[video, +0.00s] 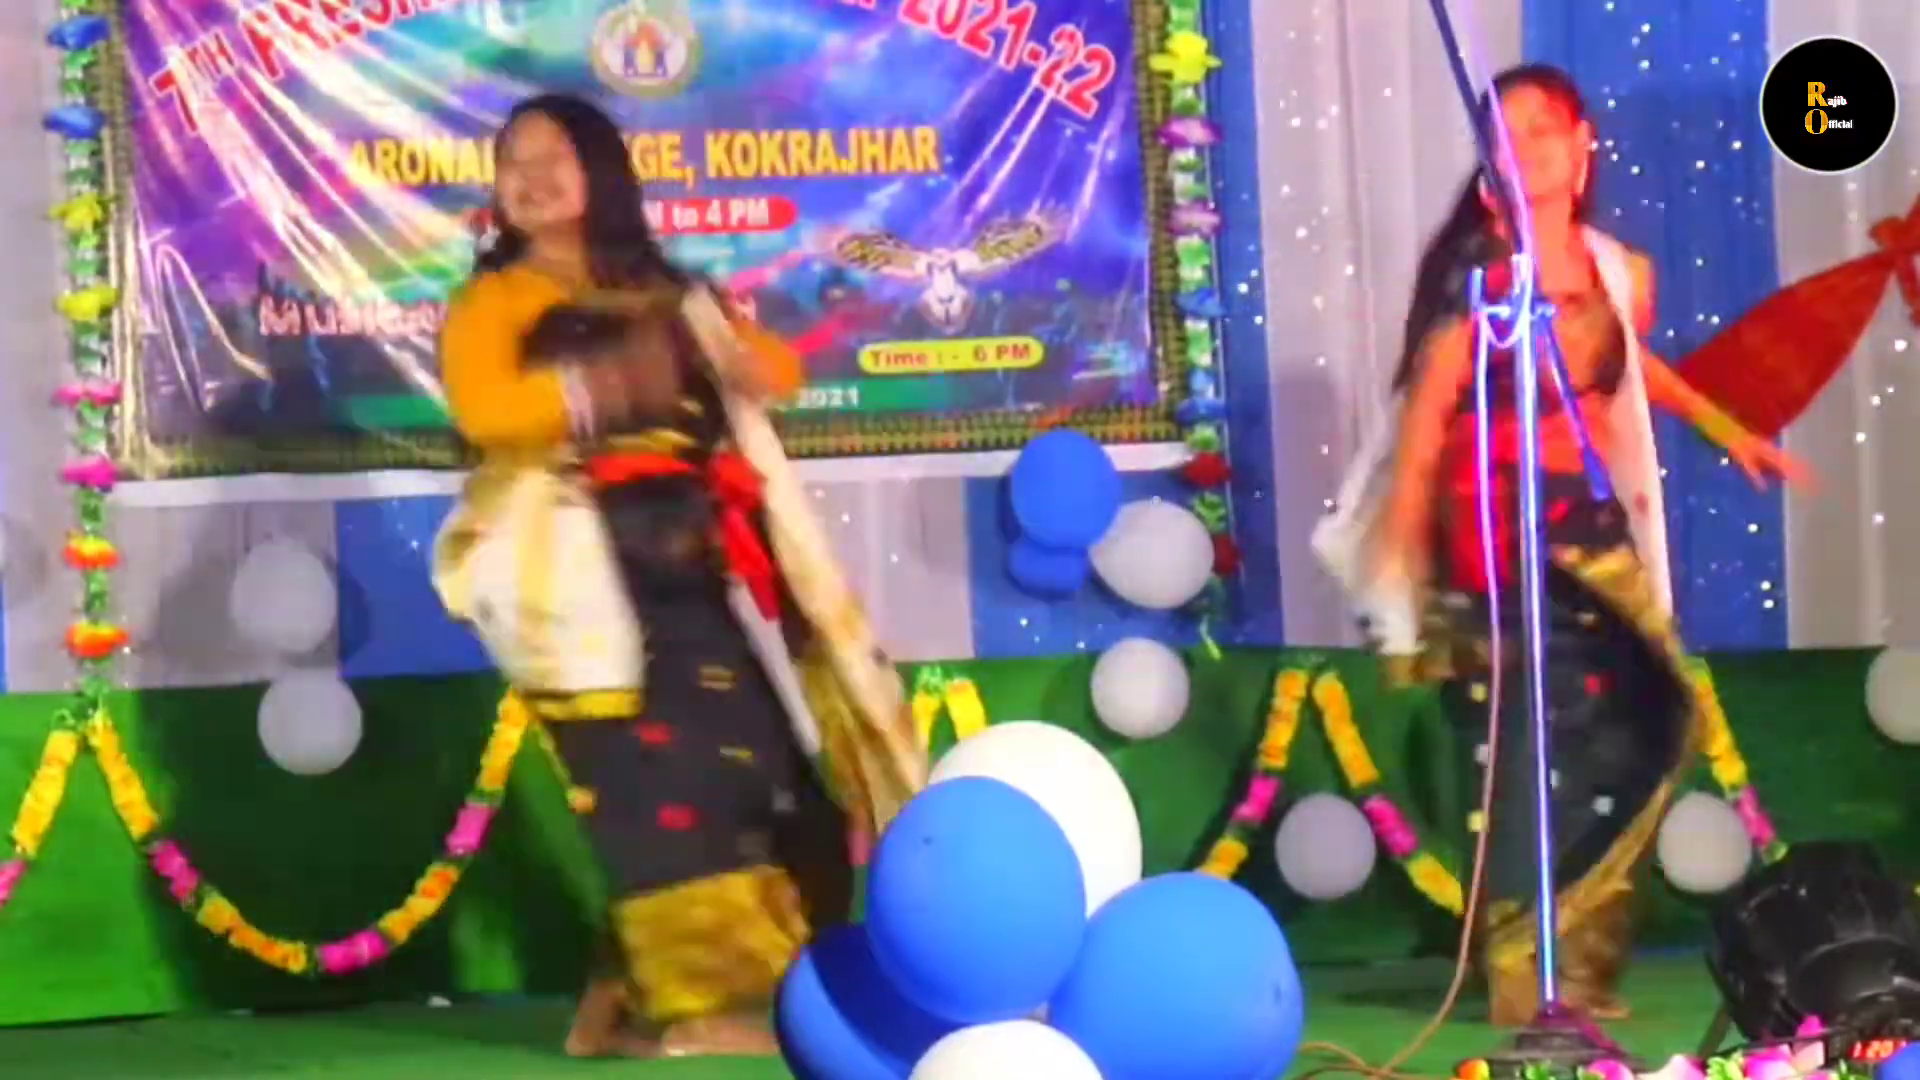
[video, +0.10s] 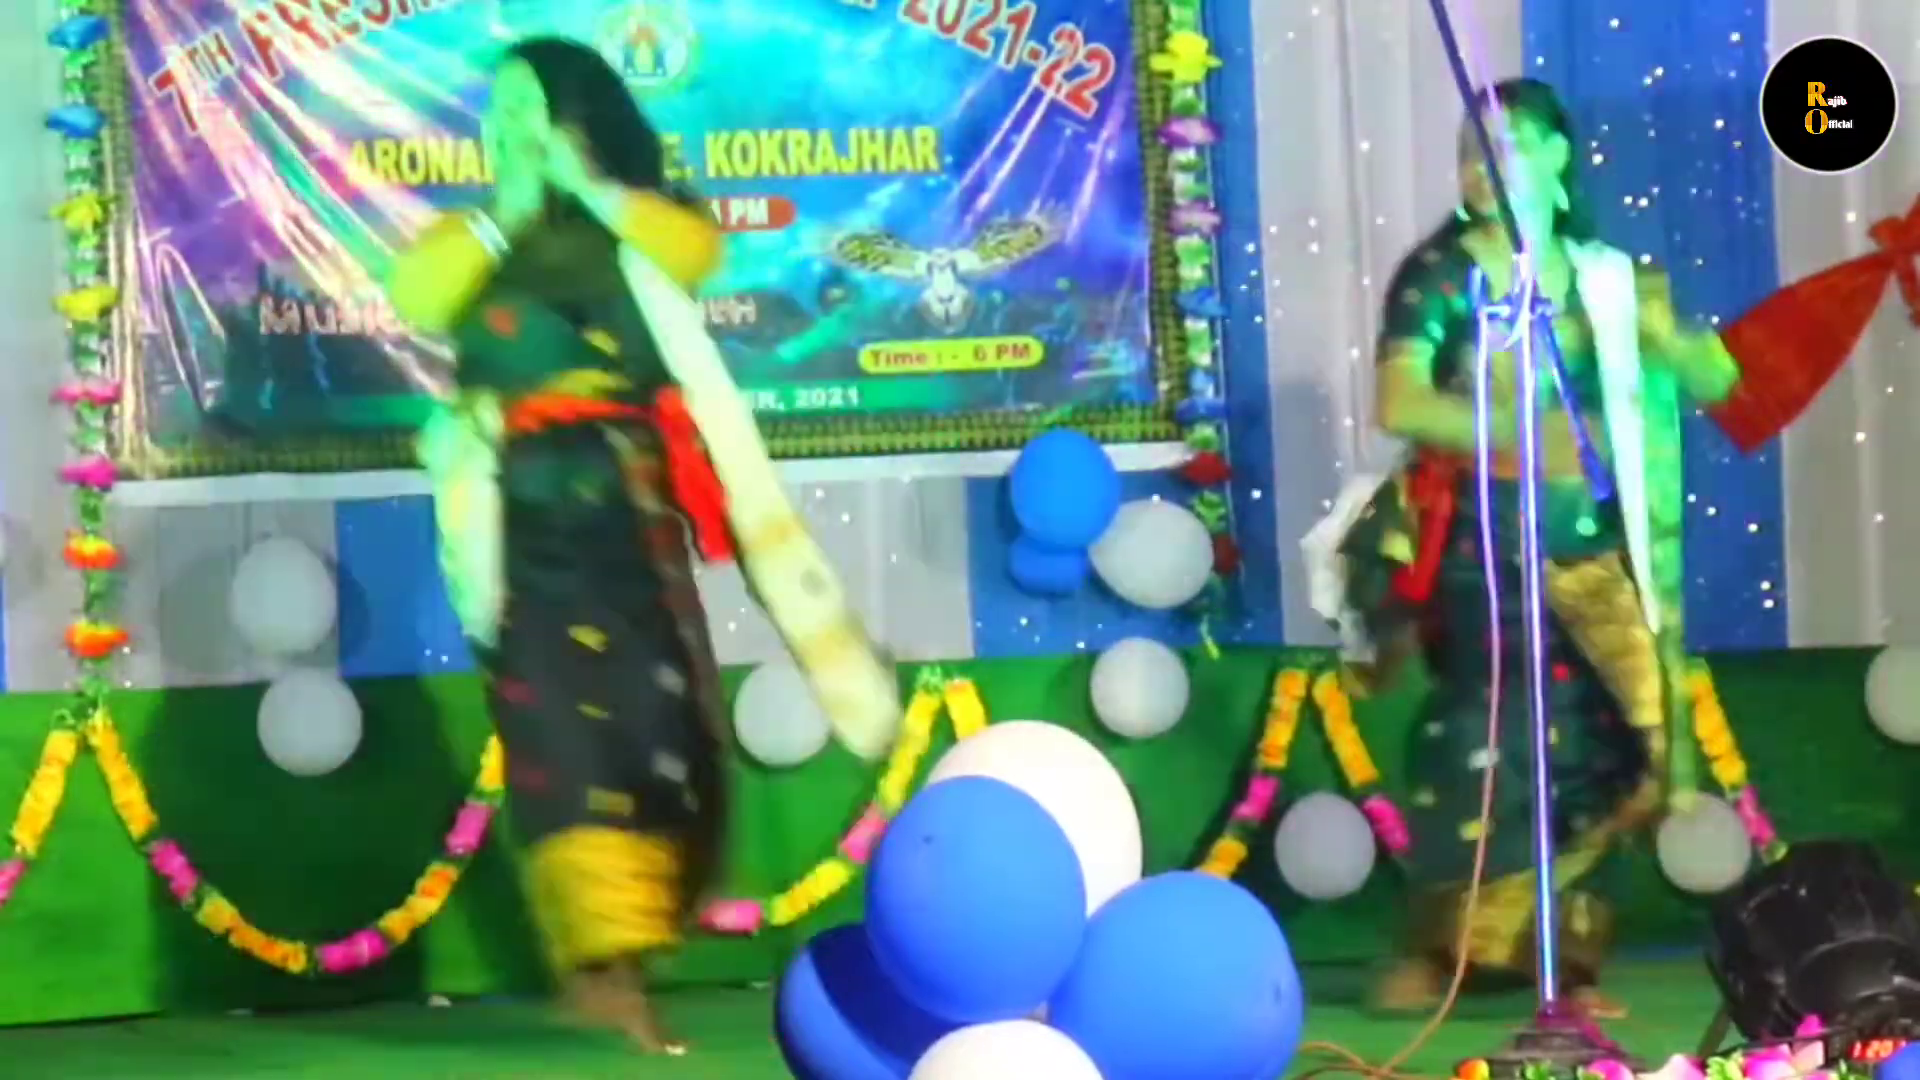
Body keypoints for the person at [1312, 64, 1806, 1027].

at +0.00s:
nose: (1524, 151)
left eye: (1541, 131)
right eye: (1506, 137)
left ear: (1584, 147)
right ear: (1486, 162)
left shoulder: (1619, 269)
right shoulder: (1472, 276)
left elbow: (1627, 365)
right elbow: (1429, 409)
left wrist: (1727, 432)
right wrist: (1401, 539)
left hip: (1593, 525)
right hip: (1490, 536)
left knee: (1645, 728)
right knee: (1525, 748)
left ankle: (1569, 970)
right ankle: (1530, 976)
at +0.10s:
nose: (1492, 167)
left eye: (1514, 149)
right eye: (1481, 148)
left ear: (1560, 162)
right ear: (1462, 161)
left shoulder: (1606, 272)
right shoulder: (1435, 274)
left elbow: (1715, 379)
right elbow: (1401, 404)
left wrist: (1664, 337)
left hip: (1593, 552)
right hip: (1481, 557)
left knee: (1644, 744)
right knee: (1480, 743)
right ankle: (1446, 951)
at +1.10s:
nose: (1594, 185)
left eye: (1594, 166)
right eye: (1578, 167)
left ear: (1566, 175)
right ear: (1515, 172)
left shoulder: (1604, 267)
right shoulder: (1464, 291)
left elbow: (1661, 320)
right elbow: (1370, 396)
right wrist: (1240, 396)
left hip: (1632, 566)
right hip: (1531, 569)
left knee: (1688, 770)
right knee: (1606, 773)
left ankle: (1586, 962)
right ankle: (1417, 864)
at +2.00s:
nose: (1546, 233)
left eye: (1562, 212)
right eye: (1538, 216)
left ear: (1618, 209)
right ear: (1530, 222)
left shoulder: (1676, 321)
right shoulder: (1523, 333)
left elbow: (1687, 464)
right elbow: (1505, 473)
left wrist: (1611, 578)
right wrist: (1515, 588)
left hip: (1663, 560)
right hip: (1558, 565)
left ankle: (1684, 927)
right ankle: (1577, 931)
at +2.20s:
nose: (1507, 152)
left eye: (1522, 130)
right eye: (1494, 136)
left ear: (1571, 125)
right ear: (1487, 142)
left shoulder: (1635, 238)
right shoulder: (1472, 243)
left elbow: (1657, 383)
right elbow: (1416, 379)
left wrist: (1592, 515)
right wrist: (1437, 496)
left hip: (1600, 506)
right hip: (1483, 512)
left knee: (1606, 725)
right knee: (1417, 710)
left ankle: (1677, 946)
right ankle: (1440, 937)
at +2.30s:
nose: (1457, 139)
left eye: (1471, 116)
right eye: (1444, 120)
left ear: (1524, 104)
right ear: (1435, 122)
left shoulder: (1600, 205)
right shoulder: (1429, 219)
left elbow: (1628, 349)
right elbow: (1368, 346)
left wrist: (1561, 472)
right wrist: (1384, 456)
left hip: (1559, 504)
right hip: (1439, 502)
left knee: (1541, 723)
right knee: (1423, 724)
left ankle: (1555, 940)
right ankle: (1415, 968)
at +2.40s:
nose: (1435, 161)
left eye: (1449, 139)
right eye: (1423, 144)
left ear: (1503, 125)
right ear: (1415, 144)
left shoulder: (1581, 230)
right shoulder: (1402, 242)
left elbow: (1612, 379)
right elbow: (1339, 369)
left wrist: (1540, 497)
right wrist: (1369, 463)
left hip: (1530, 535)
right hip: (1419, 530)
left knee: (1500, 750)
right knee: (1410, 747)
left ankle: (1486, 973)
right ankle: (1414, 974)